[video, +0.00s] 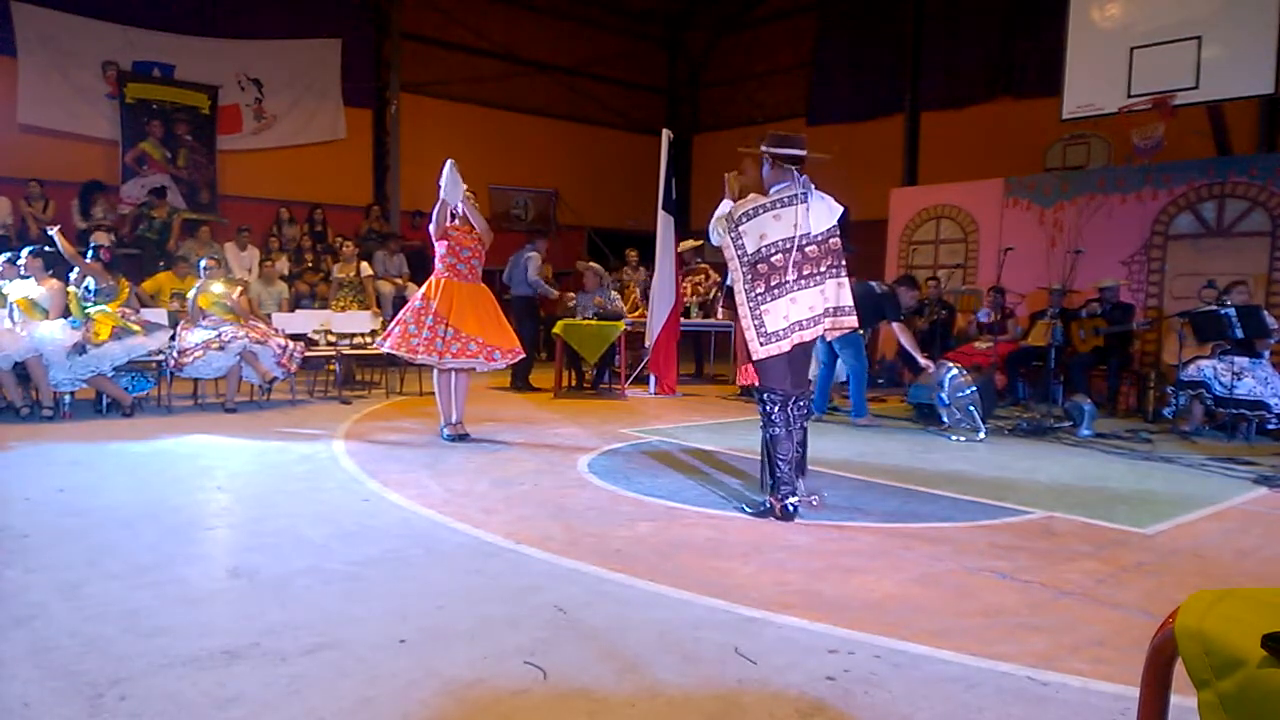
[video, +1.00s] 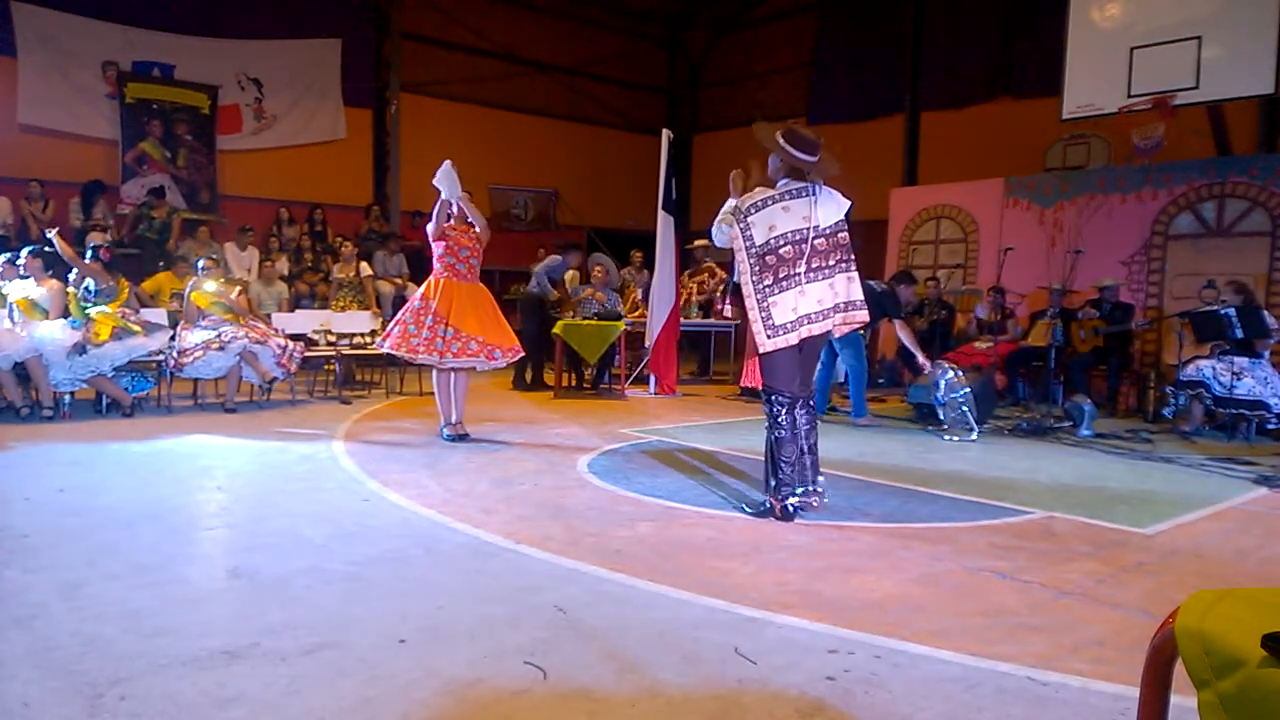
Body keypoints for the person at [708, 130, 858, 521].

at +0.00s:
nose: (760, 170)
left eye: (762, 164)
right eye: (764, 164)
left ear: (770, 166)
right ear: (801, 167)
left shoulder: (754, 211)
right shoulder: (824, 208)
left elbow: (718, 237)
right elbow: (832, 268)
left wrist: (730, 199)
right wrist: (831, 317)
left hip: (767, 319)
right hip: (808, 314)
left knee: (775, 402)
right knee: (799, 398)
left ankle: (782, 496)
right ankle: (795, 485)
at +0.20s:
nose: (761, 170)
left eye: (764, 164)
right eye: (764, 164)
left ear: (772, 167)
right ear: (800, 168)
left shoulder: (753, 212)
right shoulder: (824, 208)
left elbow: (718, 240)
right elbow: (834, 269)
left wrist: (735, 204)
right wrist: (834, 318)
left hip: (767, 320)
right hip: (808, 316)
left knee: (775, 406)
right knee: (798, 400)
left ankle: (783, 497)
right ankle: (795, 485)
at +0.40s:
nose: (762, 167)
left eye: (766, 163)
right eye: (766, 162)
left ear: (775, 167)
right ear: (802, 168)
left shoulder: (757, 211)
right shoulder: (828, 208)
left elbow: (721, 240)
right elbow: (835, 268)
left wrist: (730, 200)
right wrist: (833, 319)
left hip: (768, 320)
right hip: (810, 316)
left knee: (775, 406)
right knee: (799, 400)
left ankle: (783, 496)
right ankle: (795, 485)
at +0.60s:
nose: (764, 166)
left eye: (768, 161)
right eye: (768, 160)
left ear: (778, 166)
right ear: (803, 168)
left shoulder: (757, 210)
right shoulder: (827, 207)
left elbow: (718, 239)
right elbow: (836, 267)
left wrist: (736, 203)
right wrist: (836, 318)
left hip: (768, 319)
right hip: (809, 314)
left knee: (776, 405)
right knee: (798, 402)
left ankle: (783, 497)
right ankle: (795, 485)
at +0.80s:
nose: (765, 163)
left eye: (770, 159)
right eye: (769, 158)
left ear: (779, 165)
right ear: (806, 167)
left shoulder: (756, 207)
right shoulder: (826, 205)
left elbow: (719, 237)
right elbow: (836, 265)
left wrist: (729, 201)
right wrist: (838, 316)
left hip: (771, 319)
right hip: (814, 314)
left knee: (778, 406)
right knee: (800, 403)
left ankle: (782, 498)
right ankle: (795, 488)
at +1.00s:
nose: (769, 158)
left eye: (773, 155)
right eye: (773, 153)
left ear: (780, 163)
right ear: (810, 165)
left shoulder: (755, 205)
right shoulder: (827, 202)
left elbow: (719, 236)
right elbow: (838, 263)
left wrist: (734, 197)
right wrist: (839, 315)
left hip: (775, 318)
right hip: (818, 313)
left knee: (781, 405)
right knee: (803, 399)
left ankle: (781, 497)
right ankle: (809, 487)